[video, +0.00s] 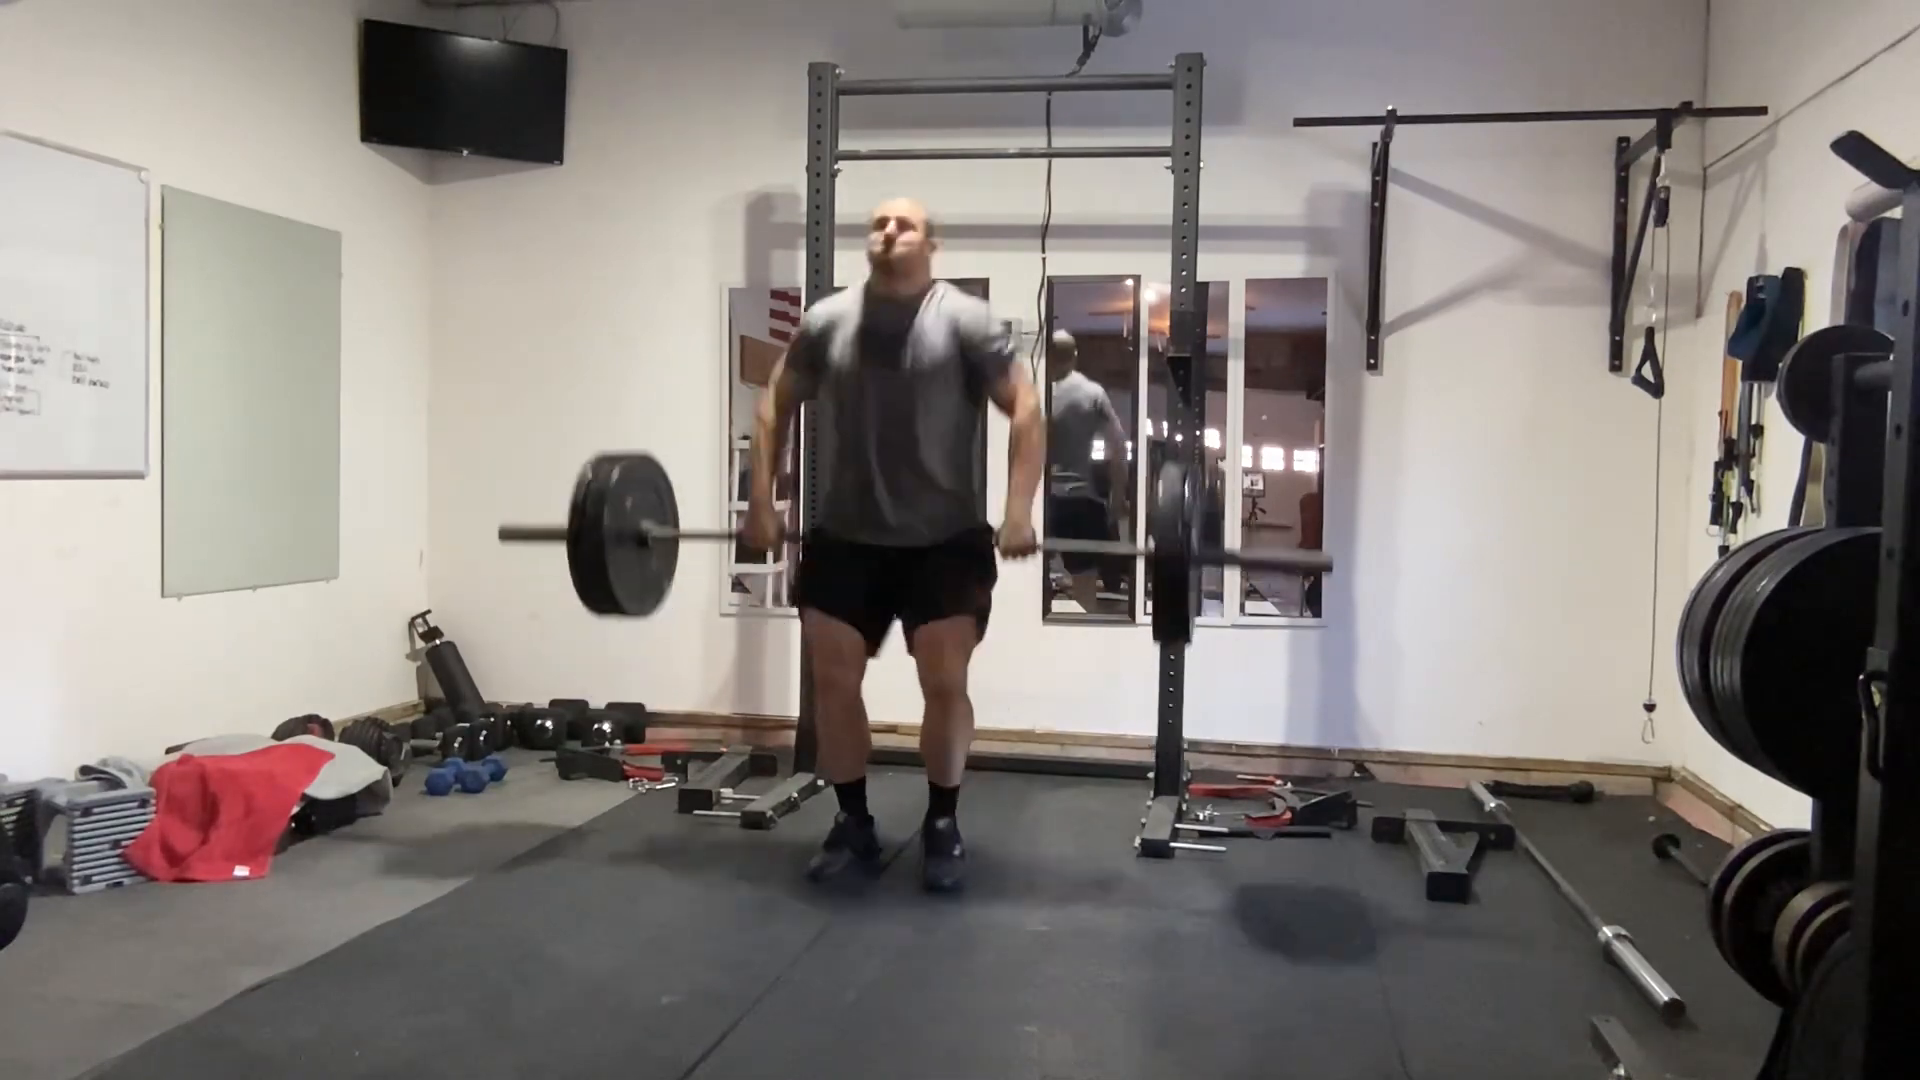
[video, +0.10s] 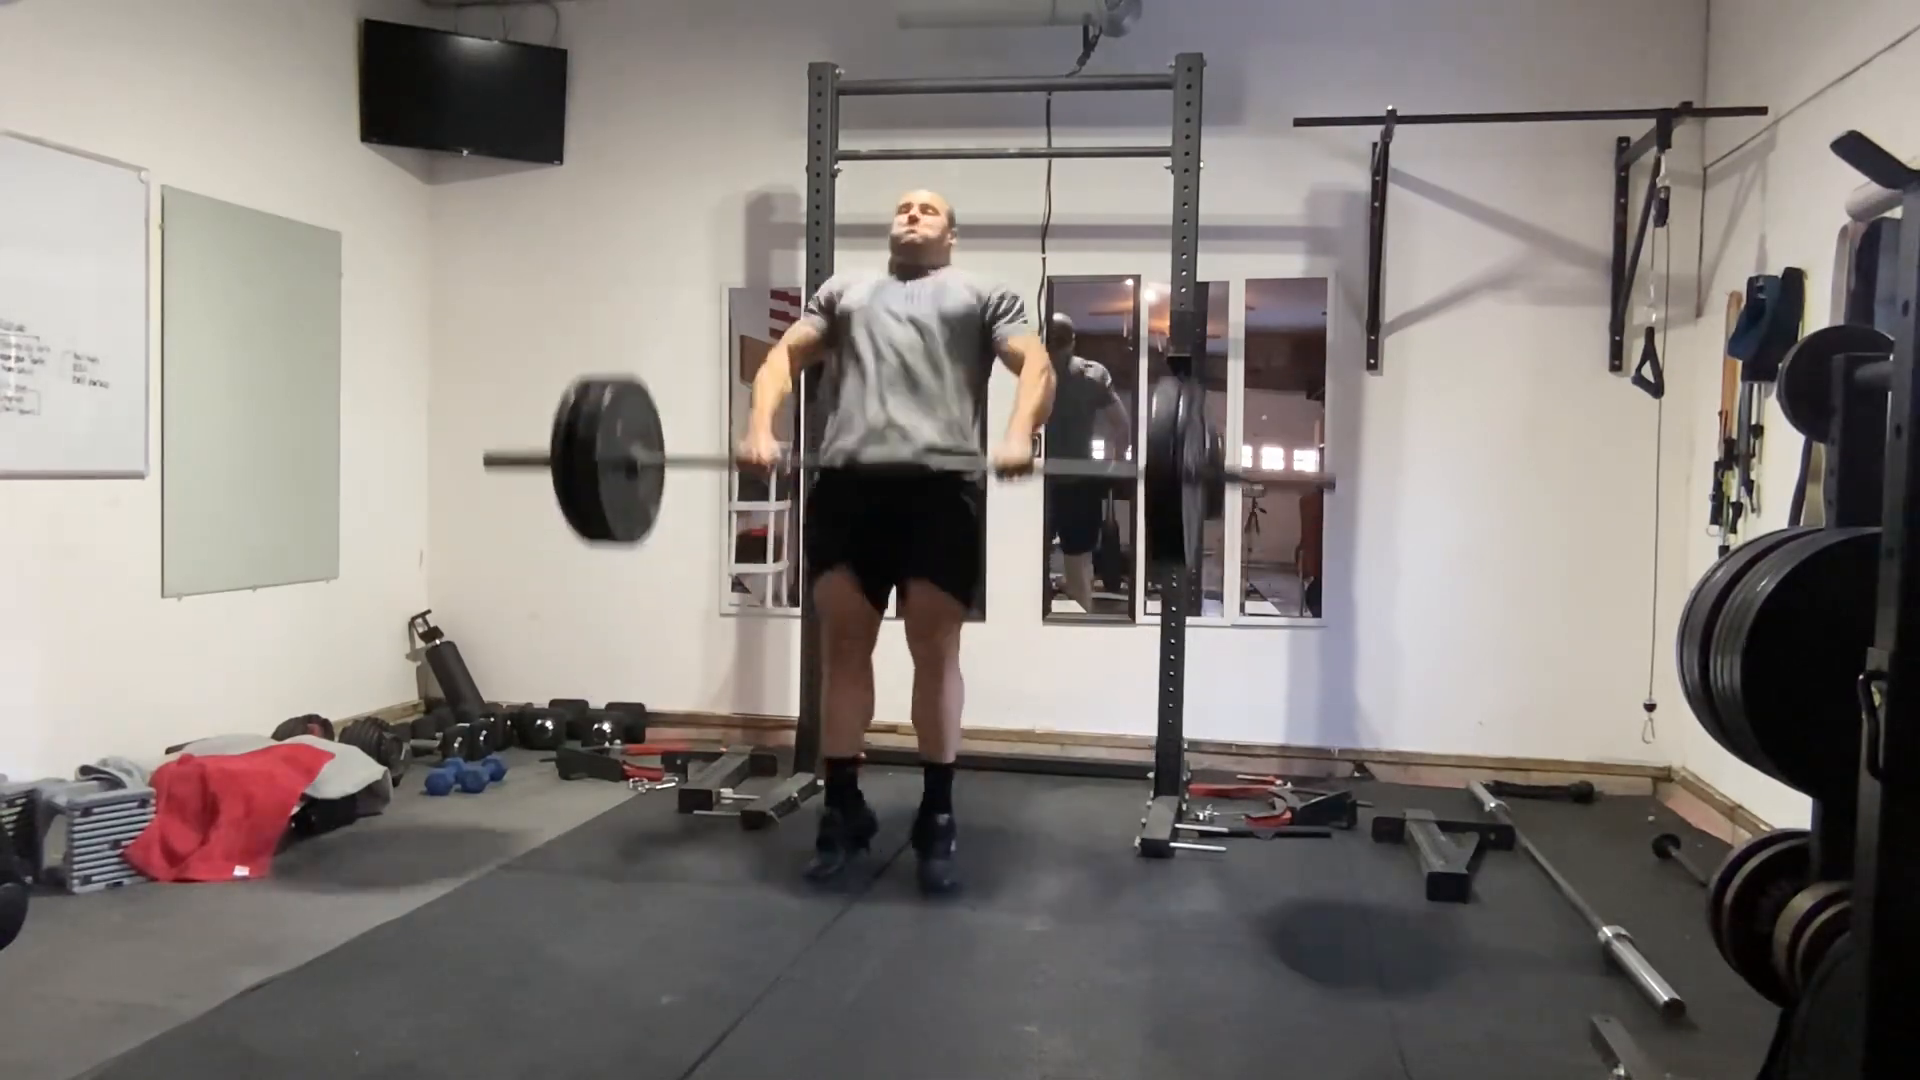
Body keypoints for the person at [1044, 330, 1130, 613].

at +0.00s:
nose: (1049, 363)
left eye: (1051, 357)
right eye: (1053, 356)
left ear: (1050, 358)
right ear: (1075, 356)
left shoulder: (1038, 394)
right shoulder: (1093, 392)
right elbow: (1117, 441)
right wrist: (1118, 494)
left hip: (1046, 495)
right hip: (1082, 494)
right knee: (1083, 576)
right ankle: (1090, 631)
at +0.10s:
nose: (1059, 346)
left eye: (1058, 340)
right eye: (1060, 340)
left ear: (1044, 341)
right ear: (1073, 340)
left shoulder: (1031, 376)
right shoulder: (1093, 374)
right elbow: (1121, 423)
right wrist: (1116, 464)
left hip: (1037, 478)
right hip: (1079, 477)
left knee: (1033, 558)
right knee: (1077, 563)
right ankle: (1082, 626)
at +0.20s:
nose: (1056, 348)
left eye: (1055, 341)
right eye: (1059, 342)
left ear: (1040, 343)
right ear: (1071, 343)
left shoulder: (1027, 377)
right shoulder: (1087, 372)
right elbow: (1126, 413)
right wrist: (1114, 436)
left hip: (1036, 484)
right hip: (1077, 481)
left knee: (1031, 566)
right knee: (1078, 567)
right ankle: (1083, 634)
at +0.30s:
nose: (1059, 353)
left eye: (1057, 347)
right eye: (1063, 347)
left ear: (1045, 350)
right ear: (1072, 350)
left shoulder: (1031, 381)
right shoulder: (1084, 382)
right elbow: (1117, 420)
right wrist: (1120, 401)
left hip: (1039, 486)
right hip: (1077, 485)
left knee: (1037, 560)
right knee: (1077, 564)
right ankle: (1081, 619)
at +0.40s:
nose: (1070, 351)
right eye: (1071, 346)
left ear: (1043, 350)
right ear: (1073, 349)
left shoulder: (1030, 385)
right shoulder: (1088, 389)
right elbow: (1120, 430)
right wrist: (1119, 400)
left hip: (1034, 488)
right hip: (1076, 489)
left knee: (1034, 567)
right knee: (1077, 572)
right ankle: (1080, 630)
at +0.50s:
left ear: (1042, 355)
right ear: (1073, 356)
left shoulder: (1027, 396)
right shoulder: (1088, 398)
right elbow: (1110, 437)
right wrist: (1114, 399)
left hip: (1034, 497)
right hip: (1076, 496)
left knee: (1032, 579)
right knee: (1077, 581)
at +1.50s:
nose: (1065, 366)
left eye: (1062, 361)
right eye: (1068, 359)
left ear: (1043, 364)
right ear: (1075, 363)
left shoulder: (1030, 402)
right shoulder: (1091, 402)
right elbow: (1118, 435)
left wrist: (1116, 405)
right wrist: (1120, 405)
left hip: (1035, 506)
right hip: (1077, 504)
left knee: (1029, 579)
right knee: (1087, 578)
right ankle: (1087, 638)